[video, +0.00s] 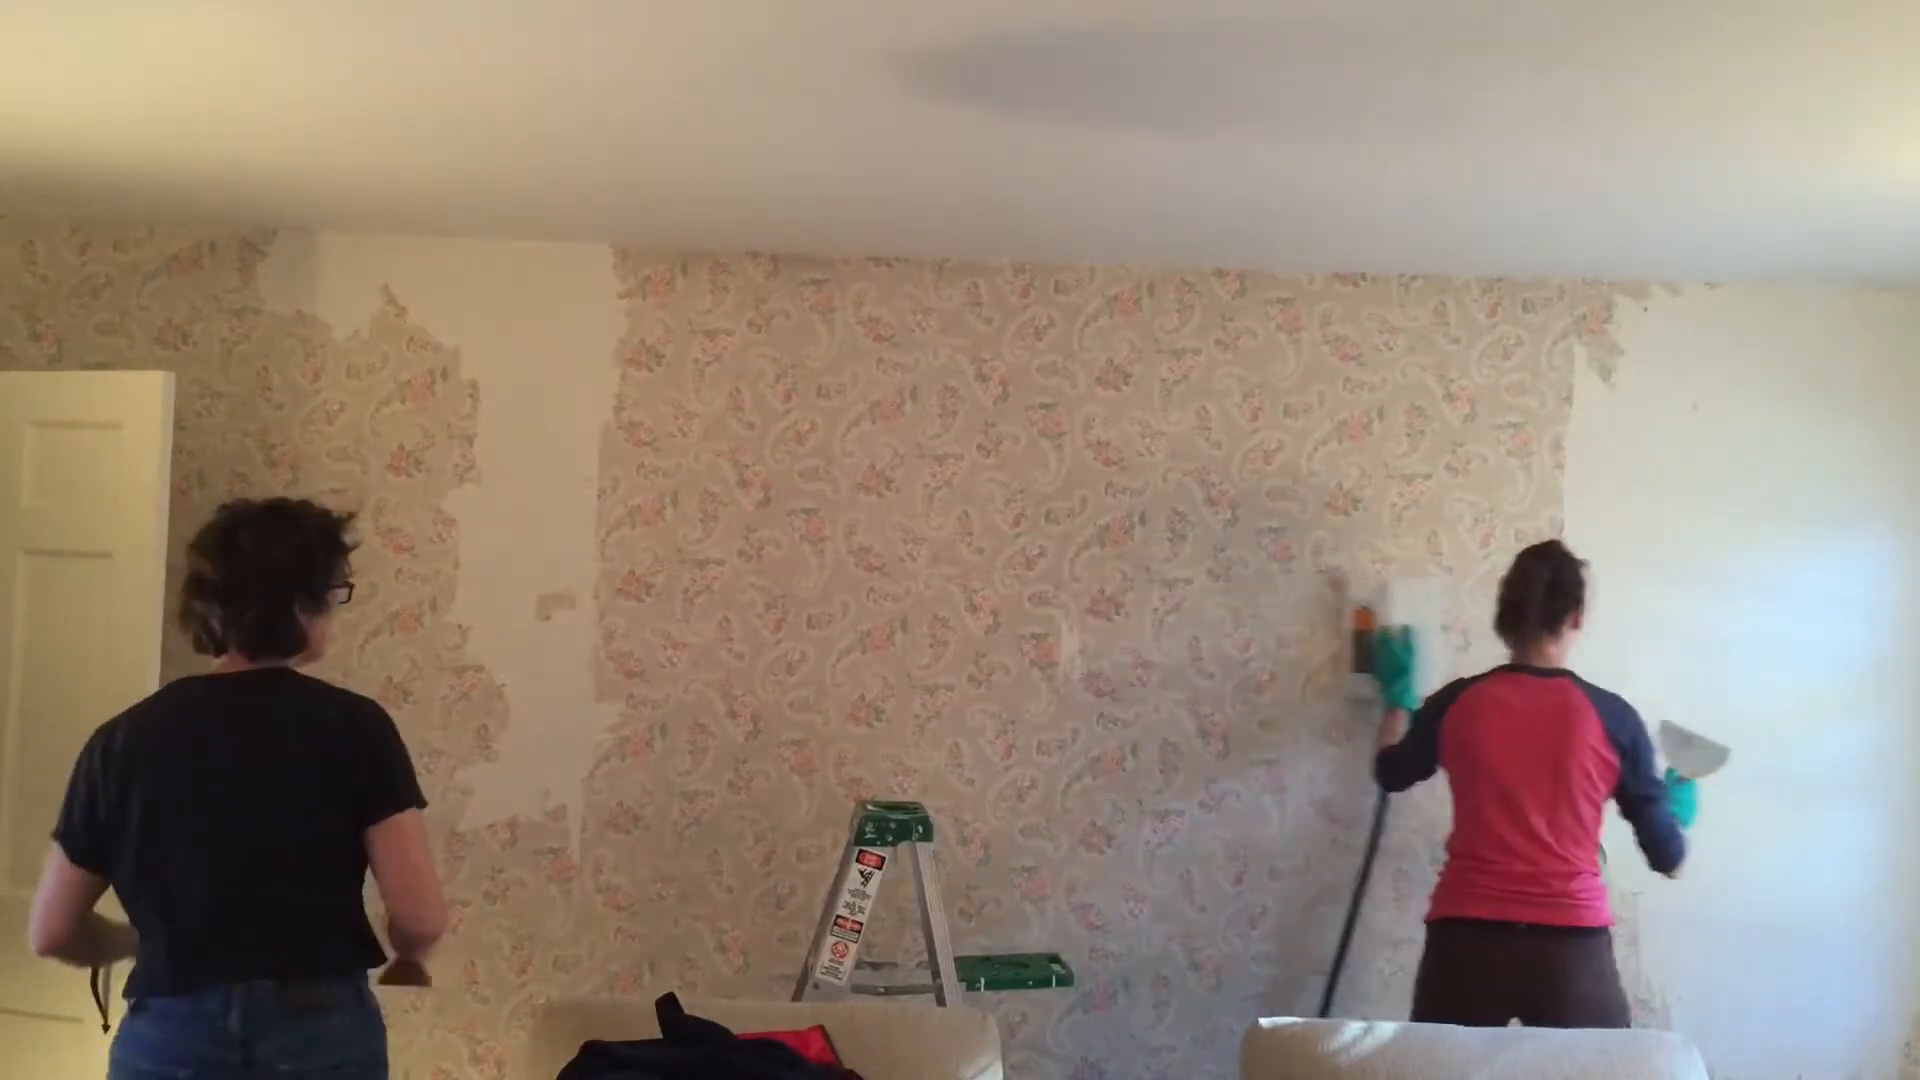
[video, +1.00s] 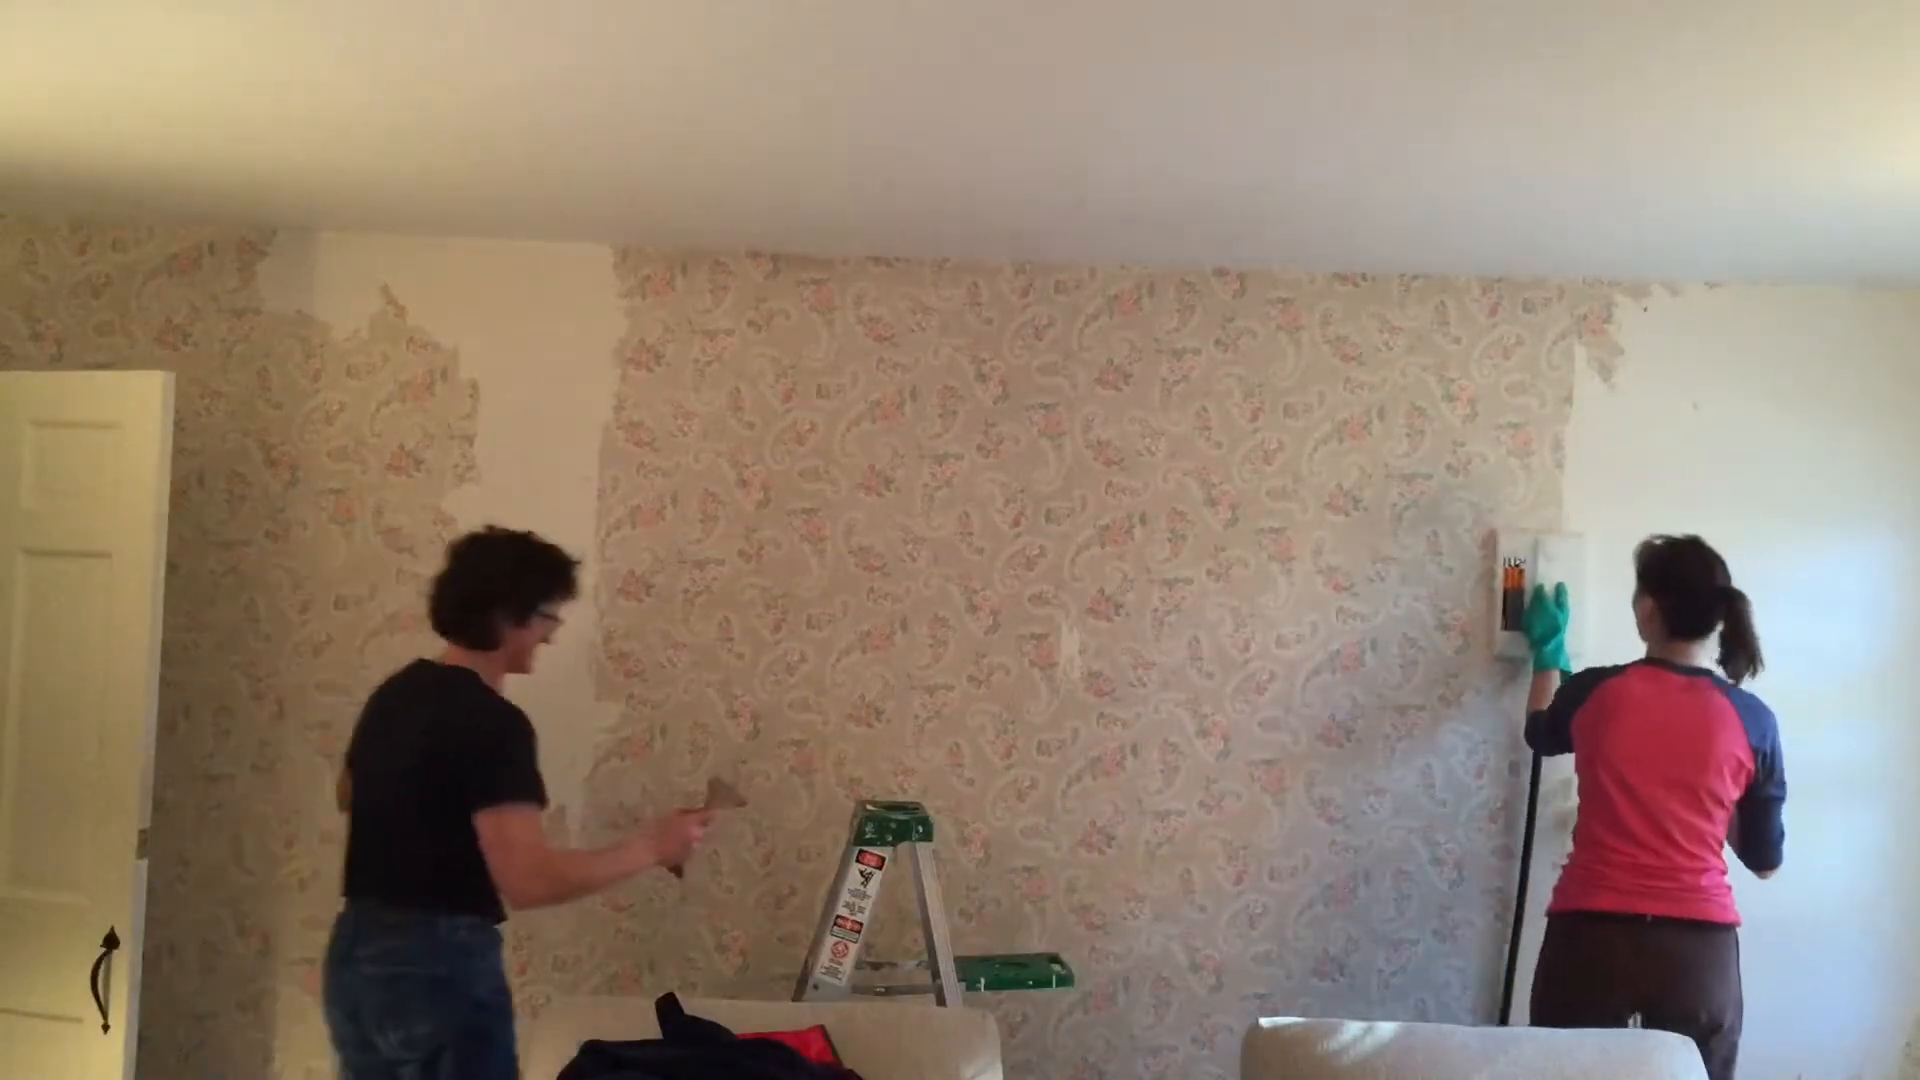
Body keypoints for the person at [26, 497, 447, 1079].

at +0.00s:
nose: (338, 612)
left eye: (340, 594)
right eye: (335, 594)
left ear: (207, 603)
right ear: (301, 603)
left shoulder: (122, 740)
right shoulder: (356, 725)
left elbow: (52, 934)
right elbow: (421, 918)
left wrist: (149, 938)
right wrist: (408, 955)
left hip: (167, 1037)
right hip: (326, 1037)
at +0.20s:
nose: (364, 606)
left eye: (365, 589)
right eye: (359, 589)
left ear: (239, 594)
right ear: (324, 602)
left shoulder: (164, 718)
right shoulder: (355, 717)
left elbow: (88, 870)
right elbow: (431, 891)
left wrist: (178, 841)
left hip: (173, 1022)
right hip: (314, 1025)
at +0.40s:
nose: (388, 615)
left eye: (387, 599)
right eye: (382, 599)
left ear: (275, 602)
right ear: (345, 611)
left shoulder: (208, 718)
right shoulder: (371, 722)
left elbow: (150, 838)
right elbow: (474, 867)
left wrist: (236, 796)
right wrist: (558, 802)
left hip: (203, 1005)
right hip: (323, 1015)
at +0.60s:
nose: (431, 649)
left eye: (436, 631)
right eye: (428, 628)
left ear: (336, 619)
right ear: (385, 622)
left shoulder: (266, 712)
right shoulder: (391, 721)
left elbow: (230, 853)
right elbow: (454, 878)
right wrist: (557, 852)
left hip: (234, 986)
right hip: (338, 1002)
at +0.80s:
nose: (479, 640)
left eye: (485, 623)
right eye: (478, 621)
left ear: (391, 605)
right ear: (435, 612)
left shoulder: (330, 690)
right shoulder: (430, 703)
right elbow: (494, 850)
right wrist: (619, 826)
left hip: (284, 962)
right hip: (376, 973)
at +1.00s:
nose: (552, 633)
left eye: (556, 619)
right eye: (546, 617)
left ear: (481, 611)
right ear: (504, 614)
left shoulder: (392, 695)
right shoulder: (493, 722)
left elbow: (351, 797)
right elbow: (526, 878)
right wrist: (652, 847)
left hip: (357, 960)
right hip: (445, 974)